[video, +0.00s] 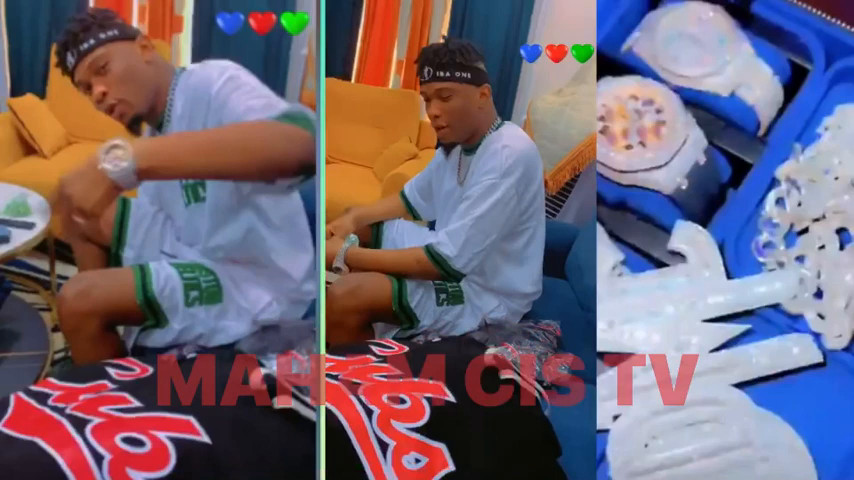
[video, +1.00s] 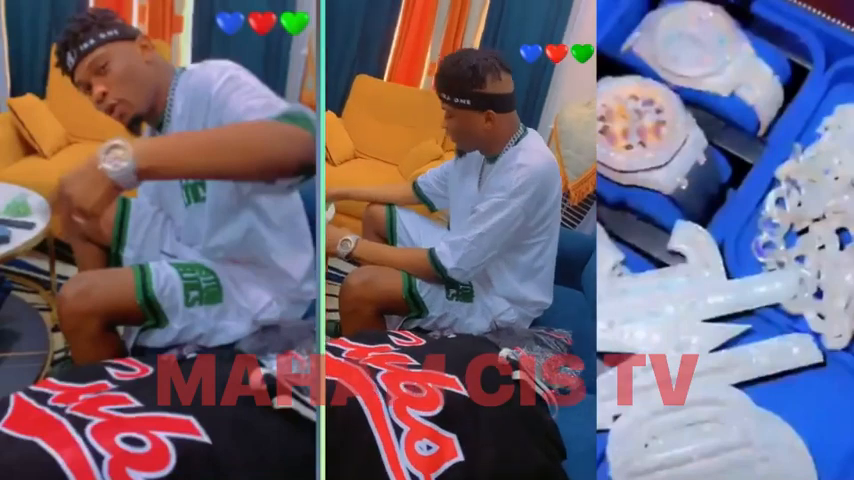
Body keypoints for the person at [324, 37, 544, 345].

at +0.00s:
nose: (432, 113)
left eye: (445, 97)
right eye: (427, 101)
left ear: (483, 95)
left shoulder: (510, 154)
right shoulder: (459, 144)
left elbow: (447, 262)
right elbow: (414, 200)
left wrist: (345, 254)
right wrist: (353, 219)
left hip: (487, 294)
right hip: (453, 257)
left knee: (343, 294)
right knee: (352, 225)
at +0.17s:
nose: (420, 120)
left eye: (429, 108)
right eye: (419, 109)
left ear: (467, 103)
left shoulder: (498, 160)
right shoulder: (465, 148)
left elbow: (445, 264)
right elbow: (418, 199)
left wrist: (357, 250)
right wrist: (364, 214)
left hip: (484, 294)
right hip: (459, 257)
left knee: (352, 287)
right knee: (366, 223)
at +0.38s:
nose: (406, 125)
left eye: (411, 113)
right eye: (404, 113)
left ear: (447, 106)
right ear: (447, 108)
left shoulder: (491, 155)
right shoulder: (458, 144)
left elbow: (431, 259)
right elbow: (416, 197)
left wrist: (348, 249)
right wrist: (361, 213)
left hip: (485, 291)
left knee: (353, 285)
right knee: (365, 220)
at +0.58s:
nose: (408, 124)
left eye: (411, 113)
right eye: (407, 113)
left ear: (443, 111)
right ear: (444, 111)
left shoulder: (495, 158)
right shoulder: (461, 143)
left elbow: (438, 261)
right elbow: (418, 200)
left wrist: (350, 241)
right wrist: (351, 198)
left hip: (490, 290)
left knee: (359, 284)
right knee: (371, 218)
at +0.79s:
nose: (425, 124)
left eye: (428, 115)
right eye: (424, 114)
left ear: (460, 116)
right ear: (462, 116)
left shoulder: (508, 163)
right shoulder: (478, 144)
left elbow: (448, 263)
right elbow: (425, 200)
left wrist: (358, 240)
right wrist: (349, 187)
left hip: (496, 292)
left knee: (366, 284)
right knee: (380, 214)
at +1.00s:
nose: (443, 123)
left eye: (449, 115)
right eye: (444, 113)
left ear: (488, 119)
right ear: (489, 120)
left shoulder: (529, 171)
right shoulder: (487, 147)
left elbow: (450, 265)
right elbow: (419, 191)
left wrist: (347, 245)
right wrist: (338, 192)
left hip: (499, 300)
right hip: (473, 257)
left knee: (360, 287)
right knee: (377, 217)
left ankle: (364, 385)